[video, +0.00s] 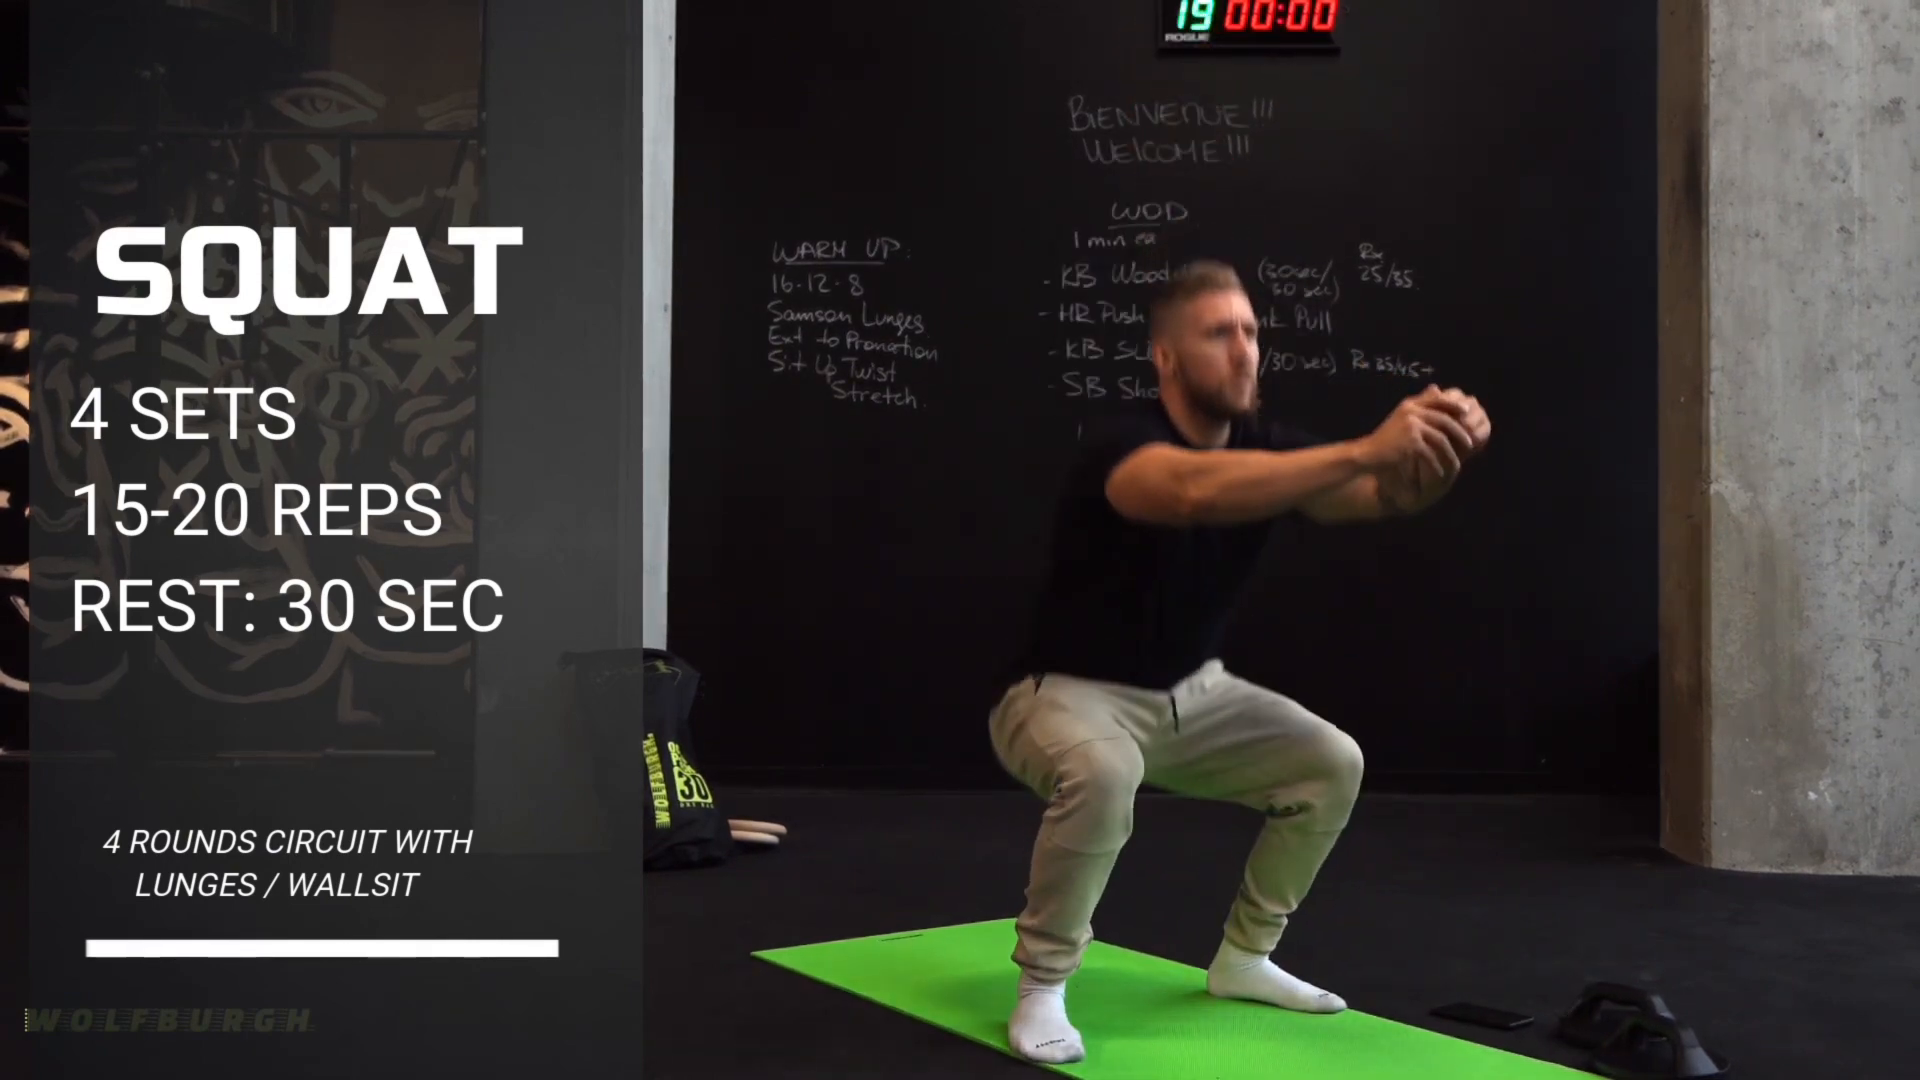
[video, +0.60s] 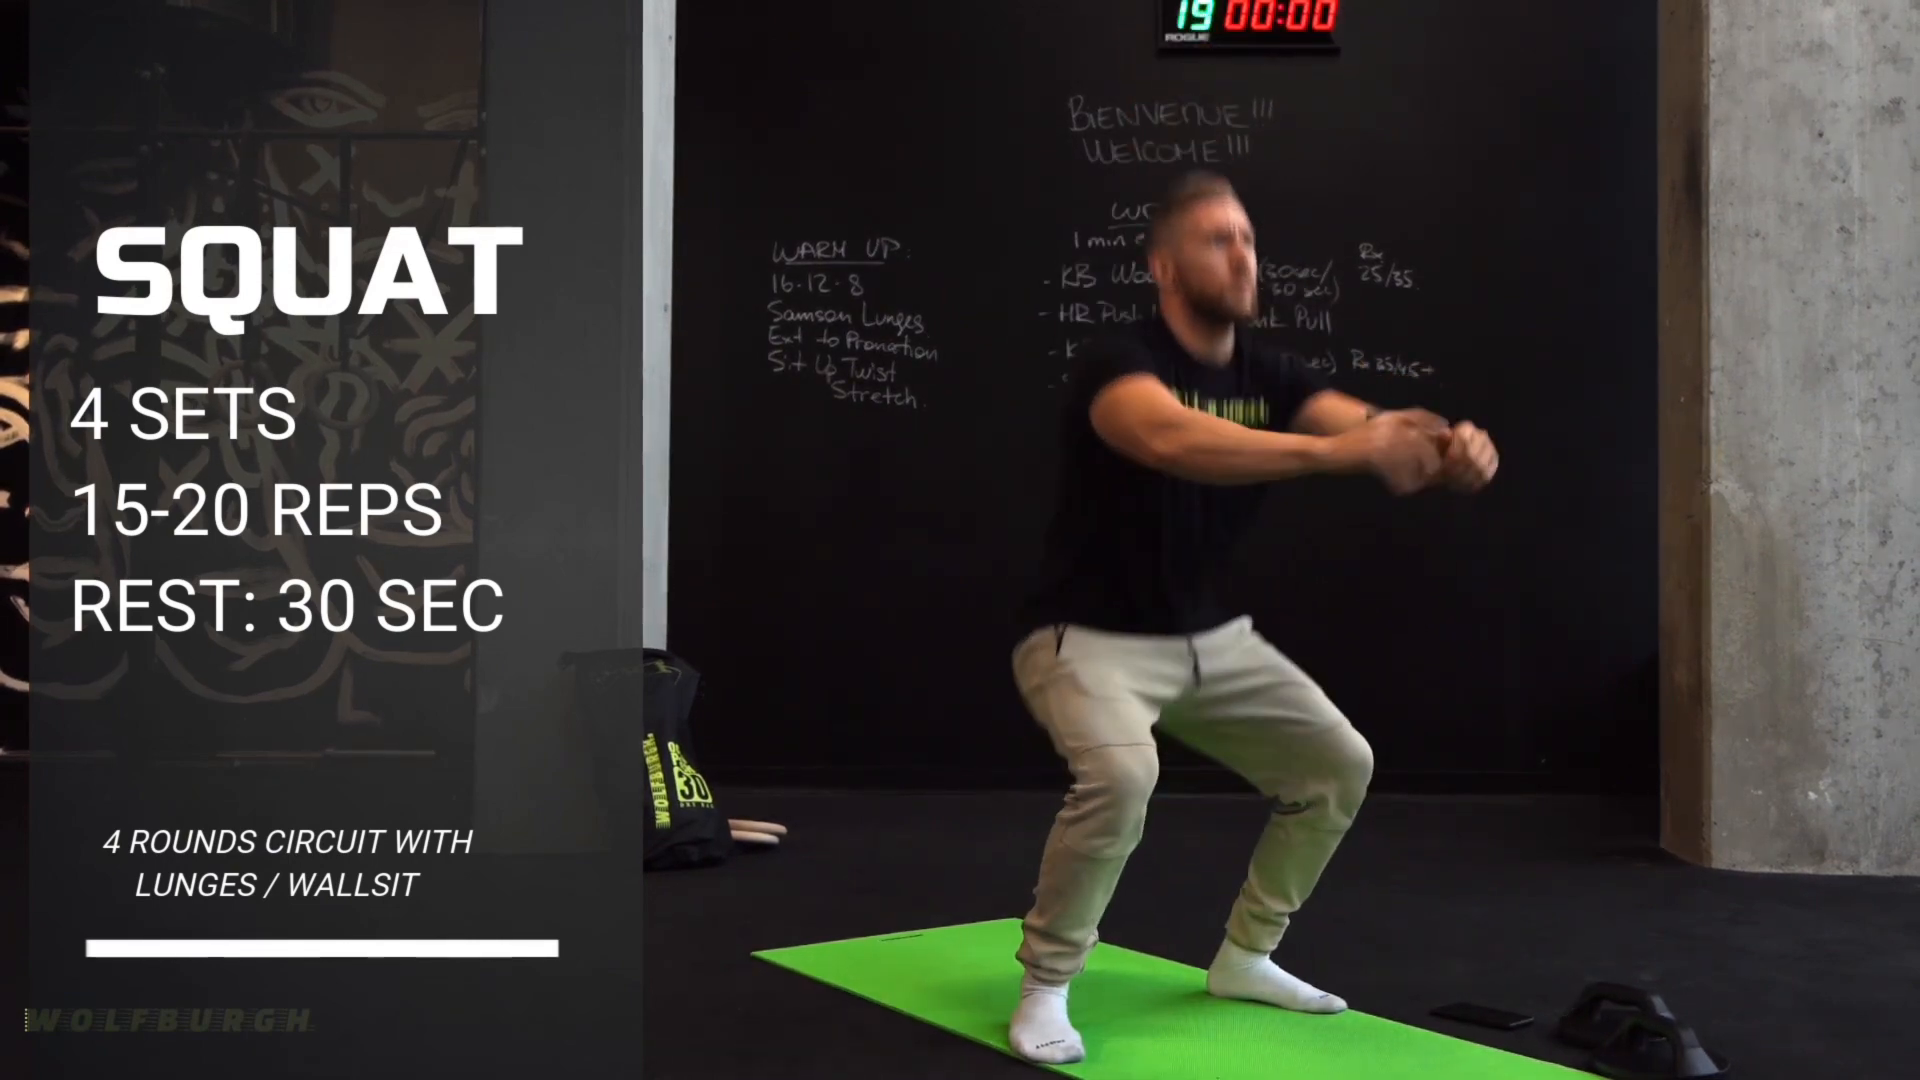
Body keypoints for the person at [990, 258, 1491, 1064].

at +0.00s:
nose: (1244, 350)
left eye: (1251, 333)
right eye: (1220, 335)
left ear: (1259, 349)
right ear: (1165, 358)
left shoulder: (1262, 453)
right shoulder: (1119, 448)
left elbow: (1387, 495)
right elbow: (1196, 492)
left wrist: (1446, 453)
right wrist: (1366, 453)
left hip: (1192, 699)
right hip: (1072, 695)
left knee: (1330, 766)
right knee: (1102, 779)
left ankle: (1242, 963)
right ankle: (1043, 989)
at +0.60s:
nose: (1244, 255)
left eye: (1248, 240)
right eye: (1220, 241)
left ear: (1257, 258)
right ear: (1164, 265)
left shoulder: (1262, 373)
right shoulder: (1115, 363)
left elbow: (1358, 426)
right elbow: (1175, 443)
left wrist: (1443, 449)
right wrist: (1349, 451)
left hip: (1210, 641)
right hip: (1089, 642)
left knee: (1339, 766)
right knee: (1120, 776)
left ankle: (1244, 960)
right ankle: (1045, 986)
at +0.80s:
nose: (1223, 88)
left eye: (1228, 72)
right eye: (1196, 73)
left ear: (1238, 98)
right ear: (1144, 102)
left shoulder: (1259, 226)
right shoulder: (1101, 210)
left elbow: (1326, 367)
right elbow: (1072, 368)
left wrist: (1375, 490)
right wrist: (1134, 507)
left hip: (1231, 545)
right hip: (1116, 543)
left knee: (1282, 744)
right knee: (1107, 747)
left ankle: (1240, 956)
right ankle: (1043, 982)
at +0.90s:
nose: (1222, 61)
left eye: (1226, 45)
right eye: (1197, 46)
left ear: (1233, 71)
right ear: (1144, 76)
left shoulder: (1260, 205)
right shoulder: (1093, 192)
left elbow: (1308, 363)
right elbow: (1044, 357)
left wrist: (1321, 503)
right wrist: (1062, 514)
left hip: (1242, 526)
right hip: (1123, 520)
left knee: (1250, 743)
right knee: (1093, 742)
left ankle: (1239, 955)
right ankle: (1040, 981)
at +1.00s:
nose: (1218, 58)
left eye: (1223, 43)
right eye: (1194, 43)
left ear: (1231, 70)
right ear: (1140, 72)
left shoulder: (1258, 203)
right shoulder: (1089, 188)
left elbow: (1289, 367)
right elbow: (1029, 355)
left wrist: (1283, 507)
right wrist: (1027, 513)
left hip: (1238, 525)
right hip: (1117, 517)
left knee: (1231, 742)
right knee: (1085, 746)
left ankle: (1237, 954)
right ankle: (1039, 979)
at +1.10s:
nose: (1216, 59)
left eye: (1221, 44)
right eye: (1192, 44)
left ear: (1228, 70)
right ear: (1138, 73)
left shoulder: (1257, 202)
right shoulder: (1088, 187)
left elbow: (1281, 369)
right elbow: (1028, 357)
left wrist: (1275, 505)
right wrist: (1029, 514)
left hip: (1238, 527)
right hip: (1117, 519)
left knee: (1236, 745)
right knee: (1084, 746)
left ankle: (1238, 955)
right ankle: (1039, 980)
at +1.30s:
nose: (1216, 87)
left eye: (1222, 71)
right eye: (1190, 72)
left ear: (1231, 97)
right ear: (1137, 98)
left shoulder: (1252, 231)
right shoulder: (1090, 212)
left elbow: (1325, 364)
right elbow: (1075, 363)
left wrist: (1368, 484)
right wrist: (1183, 480)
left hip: (1229, 543)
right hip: (1107, 541)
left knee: (1279, 745)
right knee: (1099, 755)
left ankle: (1241, 957)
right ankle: (1041, 983)